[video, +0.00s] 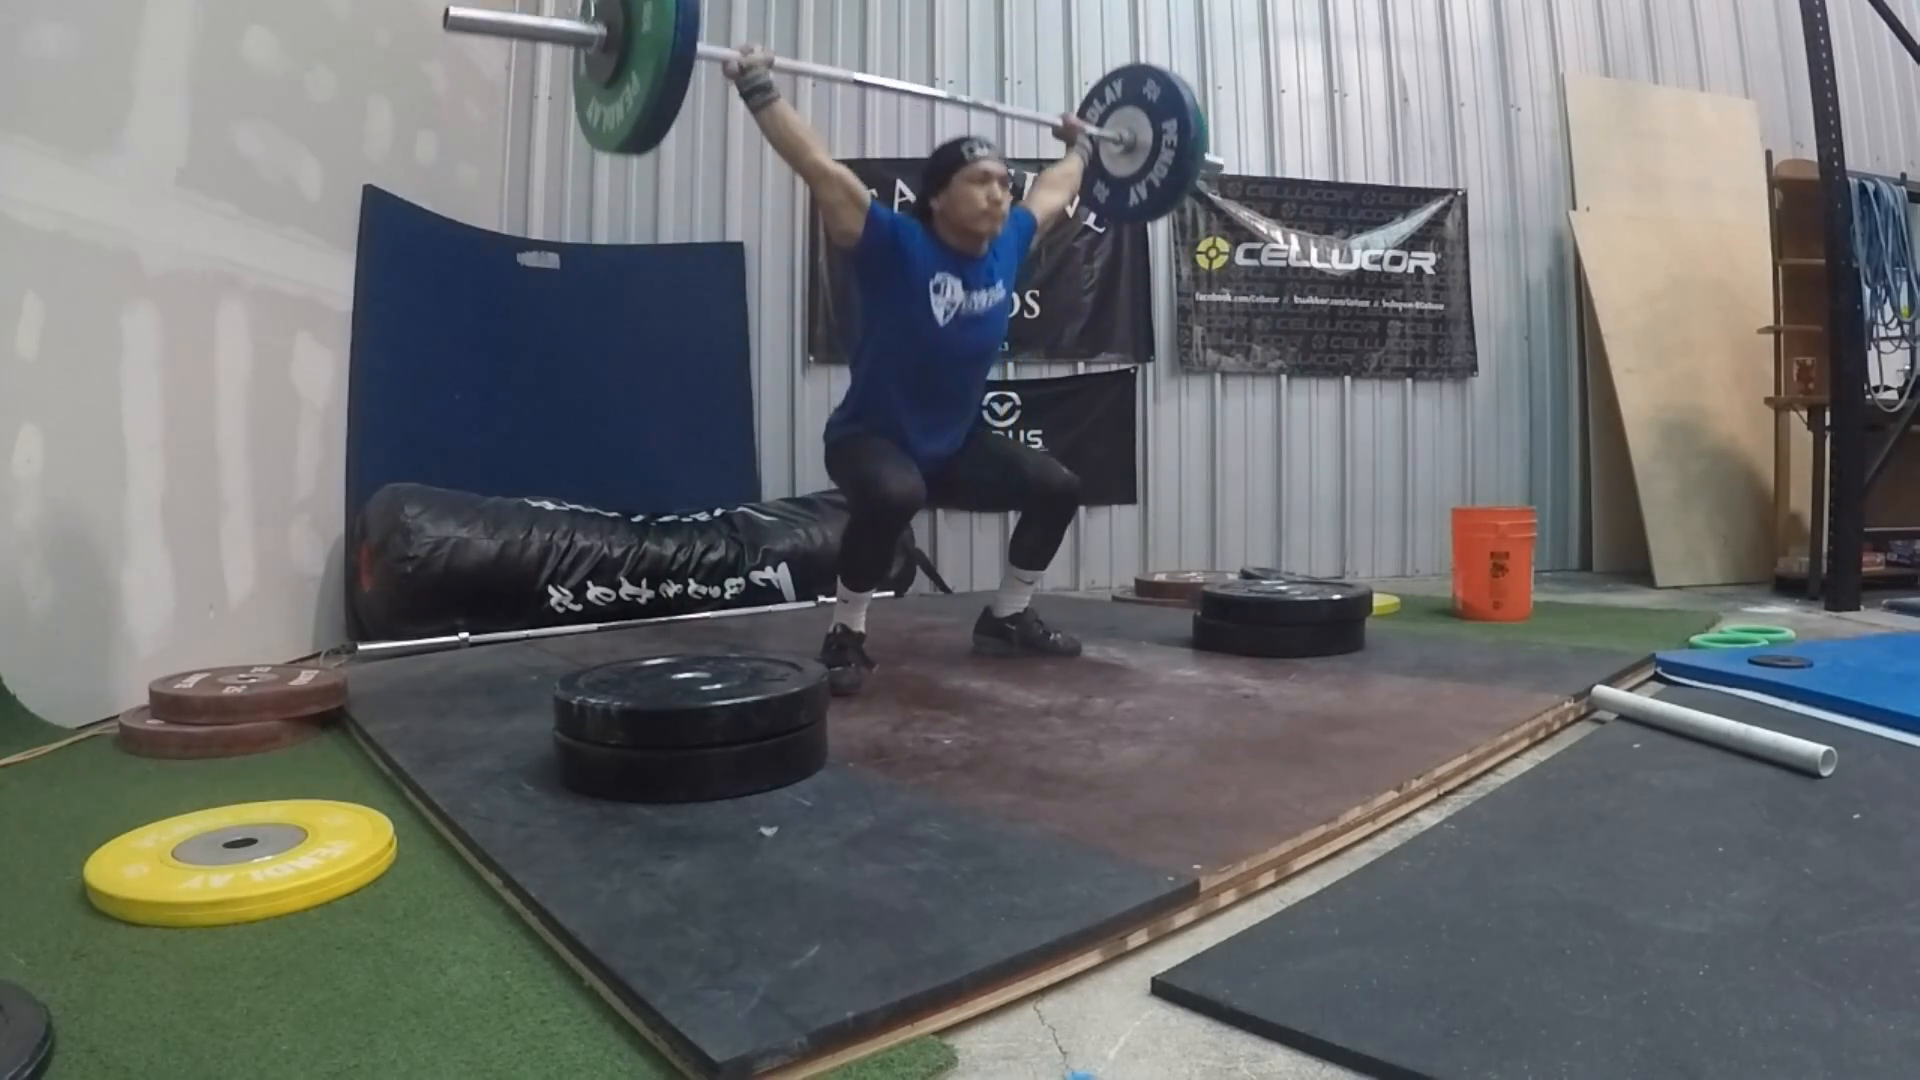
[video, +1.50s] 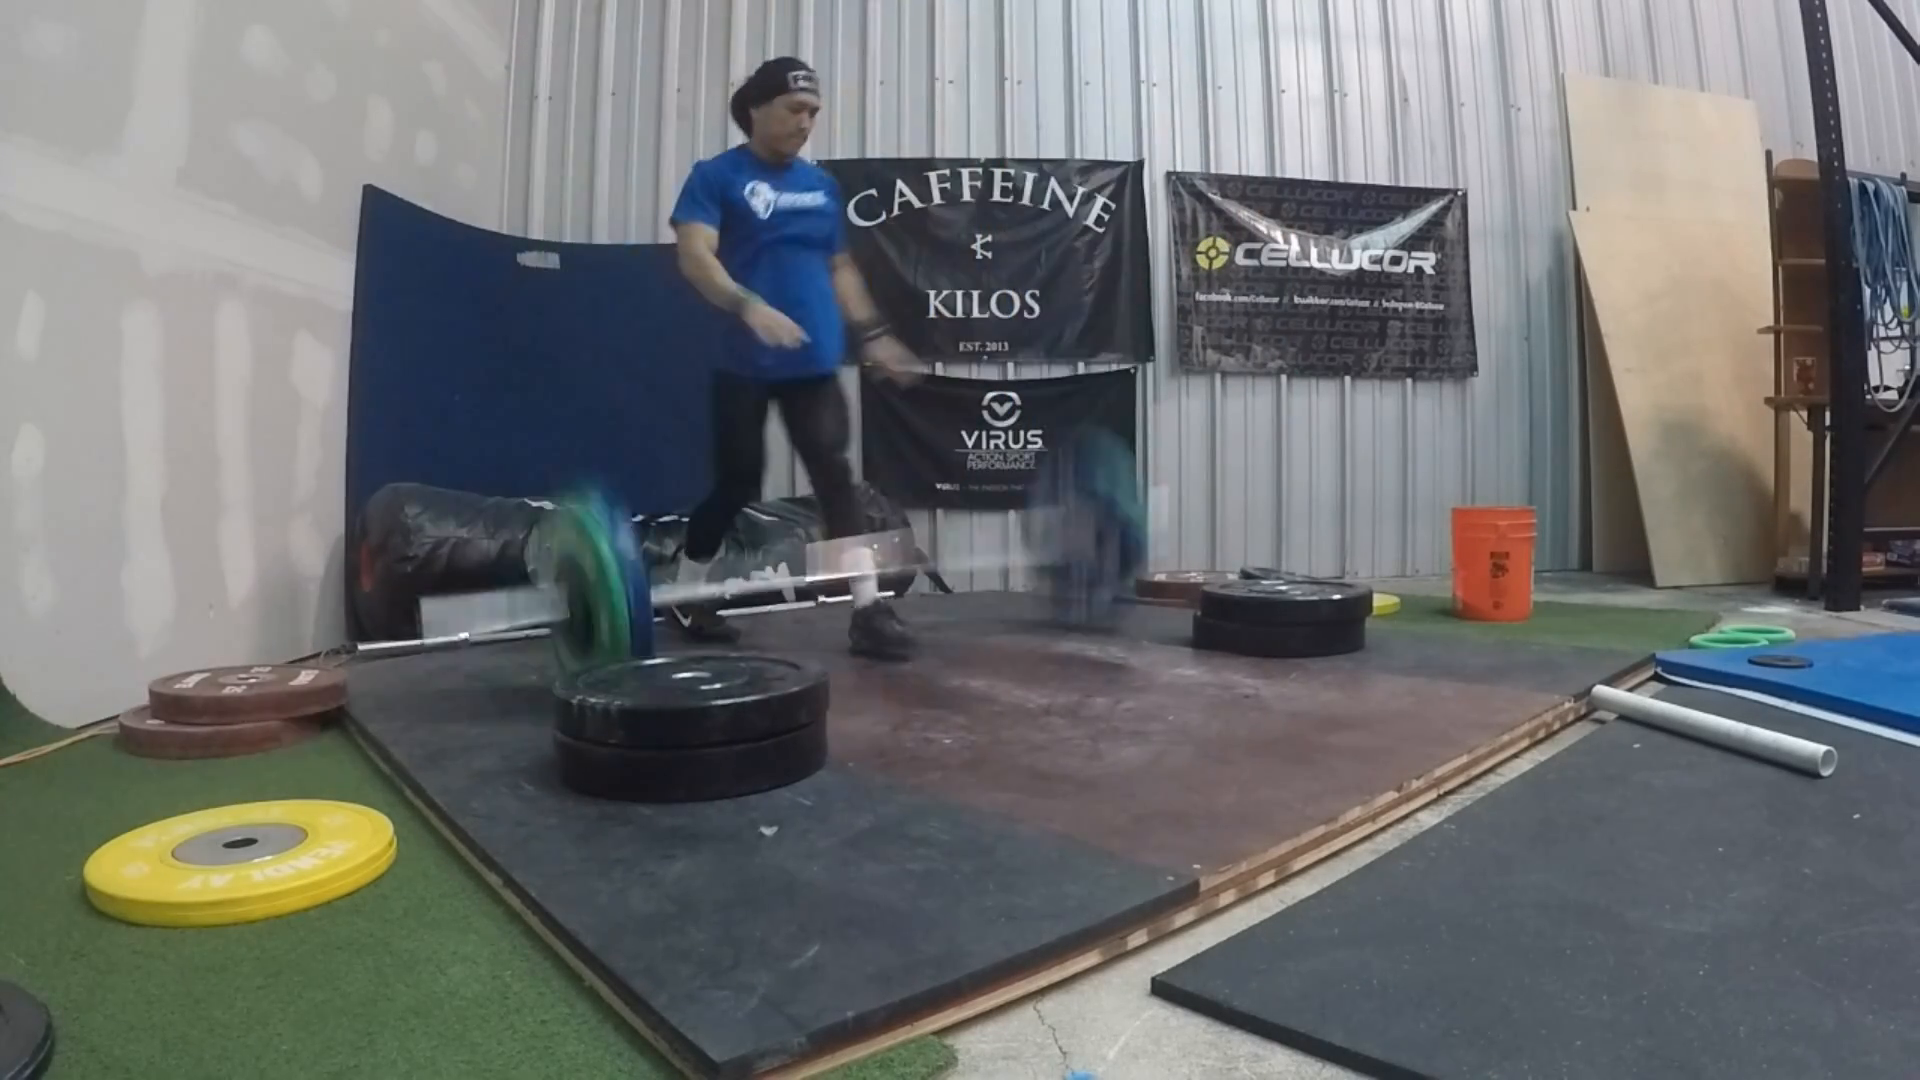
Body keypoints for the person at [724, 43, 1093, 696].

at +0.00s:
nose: (998, 194)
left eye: (1001, 184)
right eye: (982, 182)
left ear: (1006, 200)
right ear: (938, 197)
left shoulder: (1006, 247)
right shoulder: (890, 244)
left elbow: (1052, 192)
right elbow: (820, 171)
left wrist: (1080, 148)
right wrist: (759, 87)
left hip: (954, 446)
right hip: (871, 439)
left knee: (1057, 487)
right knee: (895, 493)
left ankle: (1006, 616)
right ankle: (846, 633)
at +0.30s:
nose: (980, 126)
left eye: (985, 113)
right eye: (963, 112)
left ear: (988, 127)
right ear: (919, 125)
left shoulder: (987, 176)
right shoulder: (872, 173)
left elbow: (1034, 132)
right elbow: (802, 100)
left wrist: (1066, 89)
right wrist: (740, 20)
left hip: (943, 395)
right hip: (863, 392)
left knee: (1041, 480)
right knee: (890, 488)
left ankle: (1005, 615)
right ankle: (838, 629)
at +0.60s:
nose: (938, 49)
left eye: (944, 39)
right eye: (925, 33)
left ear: (946, 53)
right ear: (879, 40)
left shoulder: (945, 100)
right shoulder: (834, 86)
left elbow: (996, 59)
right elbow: (768, 15)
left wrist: (1032, 20)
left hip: (912, 329)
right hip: (832, 323)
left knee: (952, 461)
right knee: (839, 464)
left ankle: (965, 610)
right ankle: (825, 630)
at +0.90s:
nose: (907, 52)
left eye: (913, 42)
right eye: (894, 38)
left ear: (917, 54)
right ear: (851, 42)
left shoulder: (920, 100)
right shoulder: (812, 92)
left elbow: (976, 53)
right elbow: (752, 24)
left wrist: (1020, 18)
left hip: (902, 321)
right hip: (829, 319)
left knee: (889, 464)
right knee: (833, 461)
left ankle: (875, 612)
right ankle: (826, 629)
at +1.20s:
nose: (846, 91)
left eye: (852, 81)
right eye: (832, 78)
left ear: (856, 86)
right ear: (792, 82)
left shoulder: (869, 144)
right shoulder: (763, 139)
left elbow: (938, 161)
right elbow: (683, 140)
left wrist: (996, 117)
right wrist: (691, 66)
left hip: (883, 328)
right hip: (812, 330)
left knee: (883, 465)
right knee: (817, 454)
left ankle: (879, 614)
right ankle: (805, 612)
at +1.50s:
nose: (805, 122)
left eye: (811, 112)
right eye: (793, 110)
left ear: (815, 116)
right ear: (753, 112)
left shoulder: (821, 185)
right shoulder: (716, 176)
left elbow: (839, 268)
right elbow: (694, 257)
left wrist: (876, 337)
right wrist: (749, 307)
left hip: (813, 361)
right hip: (742, 362)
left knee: (835, 476)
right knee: (738, 483)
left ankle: (868, 609)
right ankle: (686, 586)